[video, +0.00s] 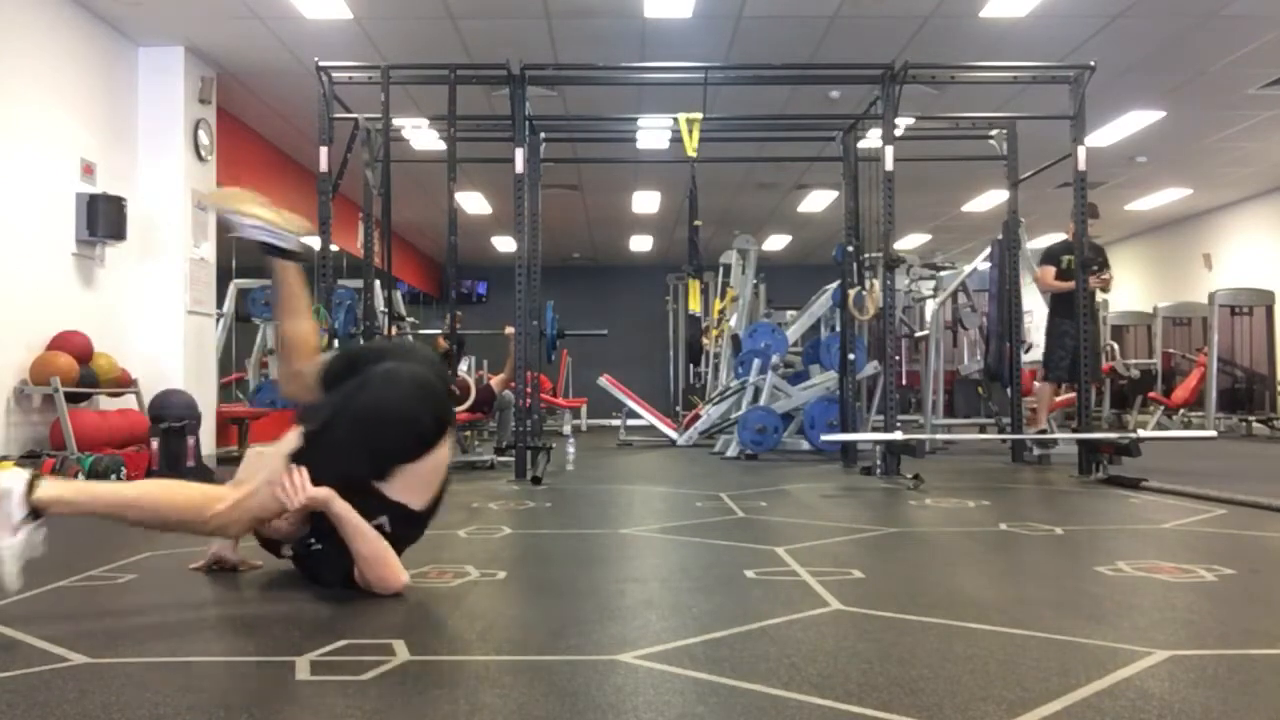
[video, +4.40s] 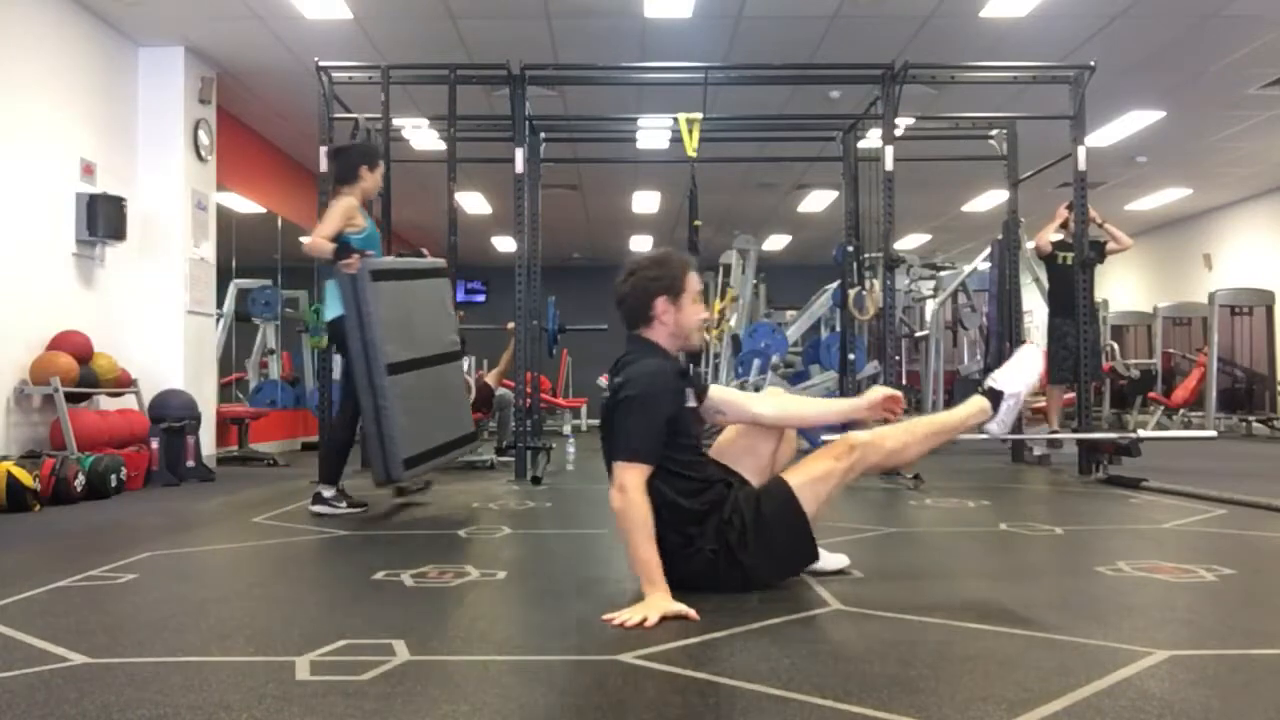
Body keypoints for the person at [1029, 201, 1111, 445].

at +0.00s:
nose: (1086, 228)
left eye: (1090, 224)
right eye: (1082, 223)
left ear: (1094, 225)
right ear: (1071, 223)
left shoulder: (1097, 252)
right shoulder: (1055, 251)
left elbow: (1106, 282)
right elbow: (1045, 283)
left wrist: (1103, 281)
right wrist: (1080, 283)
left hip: (1088, 319)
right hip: (1062, 319)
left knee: (1088, 374)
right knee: (1053, 374)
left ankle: (1085, 423)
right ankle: (1041, 424)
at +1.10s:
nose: (1078, 222)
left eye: (1082, 217)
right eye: (1073, 217)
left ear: (1088, 220)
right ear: (1065, 220)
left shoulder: (1097, 250)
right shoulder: (1052, 251)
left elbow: (1111, 285)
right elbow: (1034, 283)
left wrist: (1100, 274)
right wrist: (1051, 297)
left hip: (1090, 320)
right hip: (1063, 321)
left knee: (1090, 376)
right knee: (1058, 376)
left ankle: (1087, 425)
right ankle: (1054, 428)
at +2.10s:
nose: (1081, 223)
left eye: (1085, 218)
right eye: (1076, 219)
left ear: (1089, 220)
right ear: (1065, 221)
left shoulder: (1091, 250)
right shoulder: (1051, 252)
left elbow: (1111, 277)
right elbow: (1038, 281)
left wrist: (1096, 255)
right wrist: (1068, 266)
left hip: (1089, 320)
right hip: (1062, 320)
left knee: (1089, 376)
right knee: (1058, 377)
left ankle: (1087, 424)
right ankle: (1054, 428)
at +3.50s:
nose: (1080, 223)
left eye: (1085, 217)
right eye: (1075, 217)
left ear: (1090, 222)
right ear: (1066, 220)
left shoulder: (1093, 248)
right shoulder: (1057, 245)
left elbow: (1128, 253)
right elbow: (1043, 253)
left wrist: (1106, 230)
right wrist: (1058, 229)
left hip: (1088, 318)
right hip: (1063, 317)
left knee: (1088, 376)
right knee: (1058, 376)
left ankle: (1086, 425)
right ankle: (1055, 427)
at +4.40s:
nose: (1080, 219)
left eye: (1083, 215)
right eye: (1076, 214)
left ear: (1087, 221)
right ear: (1066, 220)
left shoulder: (1092, 248)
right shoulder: (1056, 246)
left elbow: (1126, 244)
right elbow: (1040, 245)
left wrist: (1100, 221)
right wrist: (1057, 221)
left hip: (1086, 316)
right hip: (1061, 316)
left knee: (1087, 373)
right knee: (1058, 376)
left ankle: (1086, 424)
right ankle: (1054, 427)